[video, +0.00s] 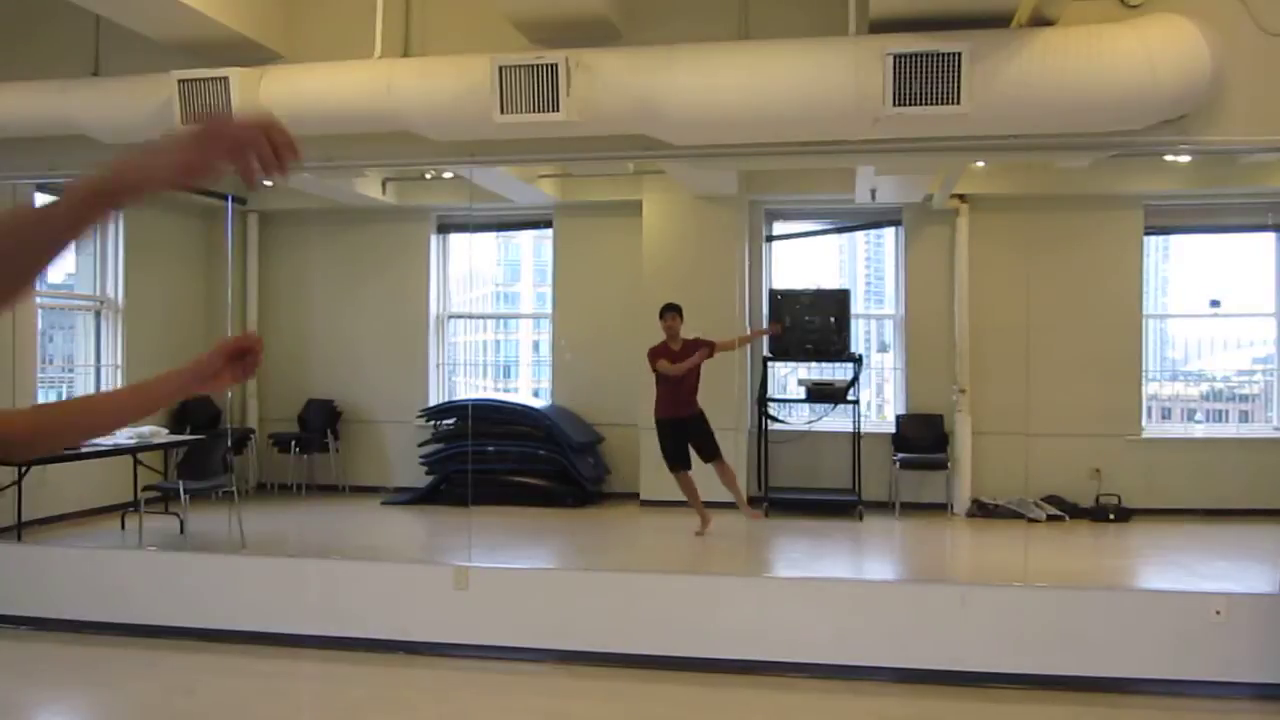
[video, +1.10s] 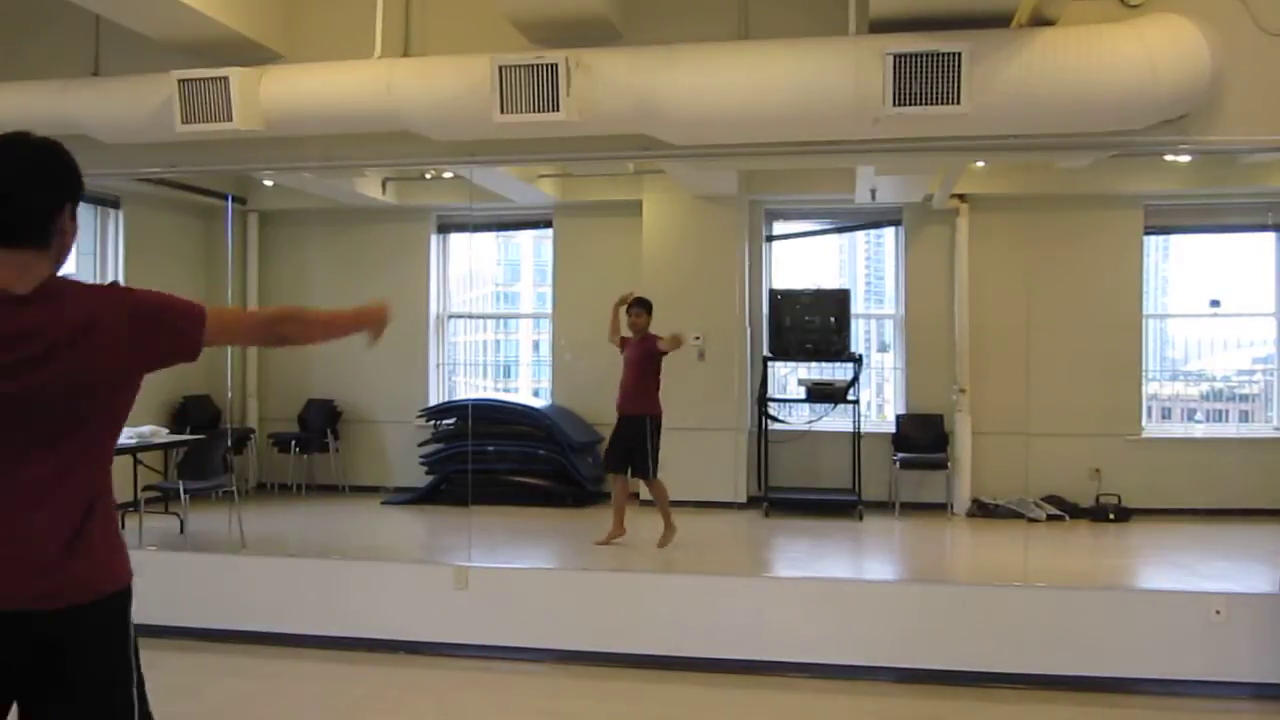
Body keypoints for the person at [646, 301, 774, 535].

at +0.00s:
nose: (670, 323)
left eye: (674, 319)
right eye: (666, 319)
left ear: (681, 322)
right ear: (660, 323)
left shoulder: (696, 346)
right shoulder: (655, 353)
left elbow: (732, 344)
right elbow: (672, 371)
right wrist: (696, 359)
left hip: (692, 415)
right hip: (667, 420)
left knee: (718, 461)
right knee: (680, 473)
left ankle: (743, 505)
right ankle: (703, 516)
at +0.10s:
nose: (673, 315)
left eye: (677, 311)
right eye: (669, 311)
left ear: (685, 313)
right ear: (663, 315)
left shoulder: (699, 336)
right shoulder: (660, 343)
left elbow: (726, 330)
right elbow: (682, 362)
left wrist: (749, 317)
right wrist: (708, 350)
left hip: (695, 405)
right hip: (667, 407)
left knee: (711, 455)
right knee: (652, 455)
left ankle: (716, 505)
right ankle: (669, 509)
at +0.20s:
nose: (673, 321)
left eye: (677, 316)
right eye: (669, 317)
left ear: (685, 318)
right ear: (664, 321)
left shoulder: (696, 340)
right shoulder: (666, 351)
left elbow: (716, 334)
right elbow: (695, 371)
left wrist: (736, 317)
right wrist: (723, 360)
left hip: (696, 408)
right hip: (670, 409)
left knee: (702, 461)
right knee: (644, 455)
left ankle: (692, 507)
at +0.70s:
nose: (653, 333)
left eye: (657, 328)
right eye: (649, 329)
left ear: (665, 331)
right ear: (645, 333)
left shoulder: (678, 355)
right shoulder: (640, 363)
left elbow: (706, 345)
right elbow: (649, 380)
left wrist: (720, 316)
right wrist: (673, 371)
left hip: (677, 425)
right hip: (650, 424)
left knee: (684, 475)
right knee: (633, 474)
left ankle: (684, 514)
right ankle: (620, 528)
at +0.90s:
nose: (641, 327)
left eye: (646, 323)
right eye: (637, 323)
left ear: (655, 327)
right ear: (633, 327)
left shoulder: (665, 353)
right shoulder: (625, 360)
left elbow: (702, 339)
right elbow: (594, 373)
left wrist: (721, 313)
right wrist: (560, 374)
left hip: (656, 424)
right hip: (628, 424)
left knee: (669, 478)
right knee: (627, 479)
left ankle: (679, 518)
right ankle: (621, 533)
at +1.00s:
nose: (636, 324)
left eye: (642, 320)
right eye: (633, 320)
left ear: (651, 325)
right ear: (628, 324)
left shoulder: (661, 350)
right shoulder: (622, 356)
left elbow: (697, 338)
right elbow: (591, 357)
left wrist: (722, 317)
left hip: (648, 422)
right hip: (623, 422)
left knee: (659, 481)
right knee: (623, 479)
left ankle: (671, 526)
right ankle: (620, 532)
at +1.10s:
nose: (633, 319)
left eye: (639, 315)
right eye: (631, 315)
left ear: (649, 318)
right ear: (627, 317)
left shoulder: (653, 342)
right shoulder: (628, 343)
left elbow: (666, 345)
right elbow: (614, 336)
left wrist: (675, 341)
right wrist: (615, 307)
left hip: (646, 416)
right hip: (626, 416)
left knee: (647, 474)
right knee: (616, 469)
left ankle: (669, 524)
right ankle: (617, 527)